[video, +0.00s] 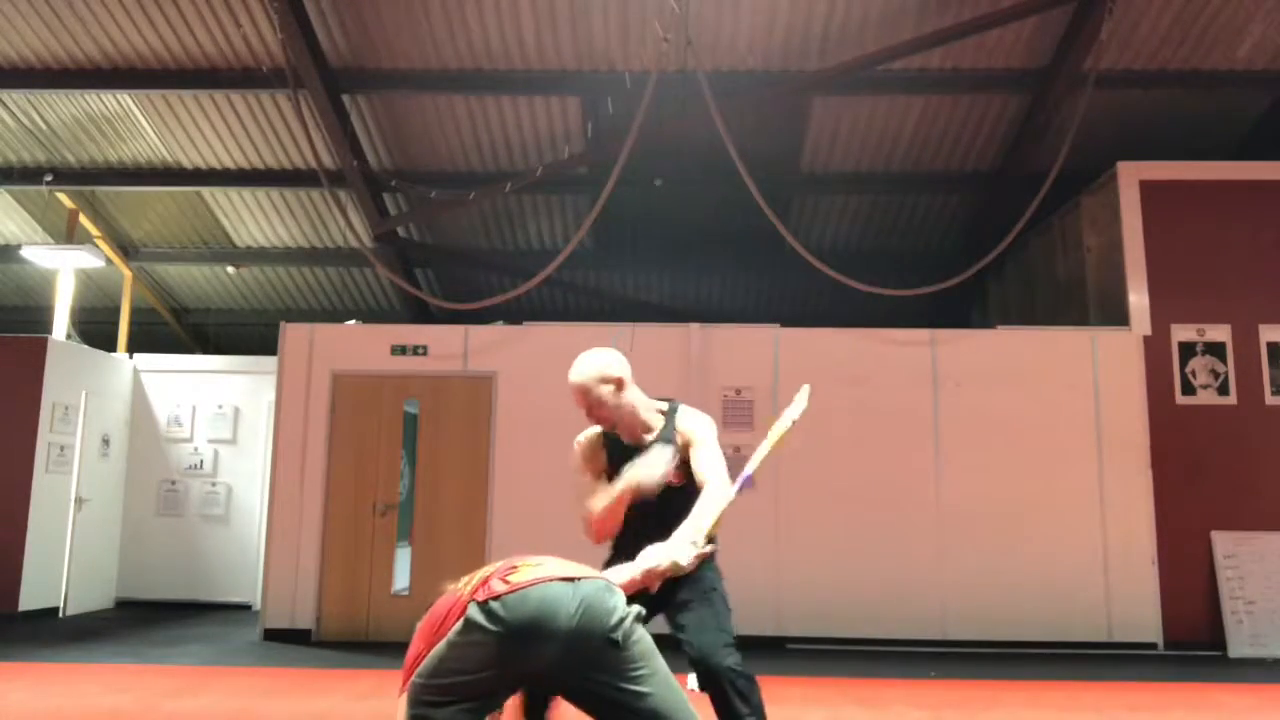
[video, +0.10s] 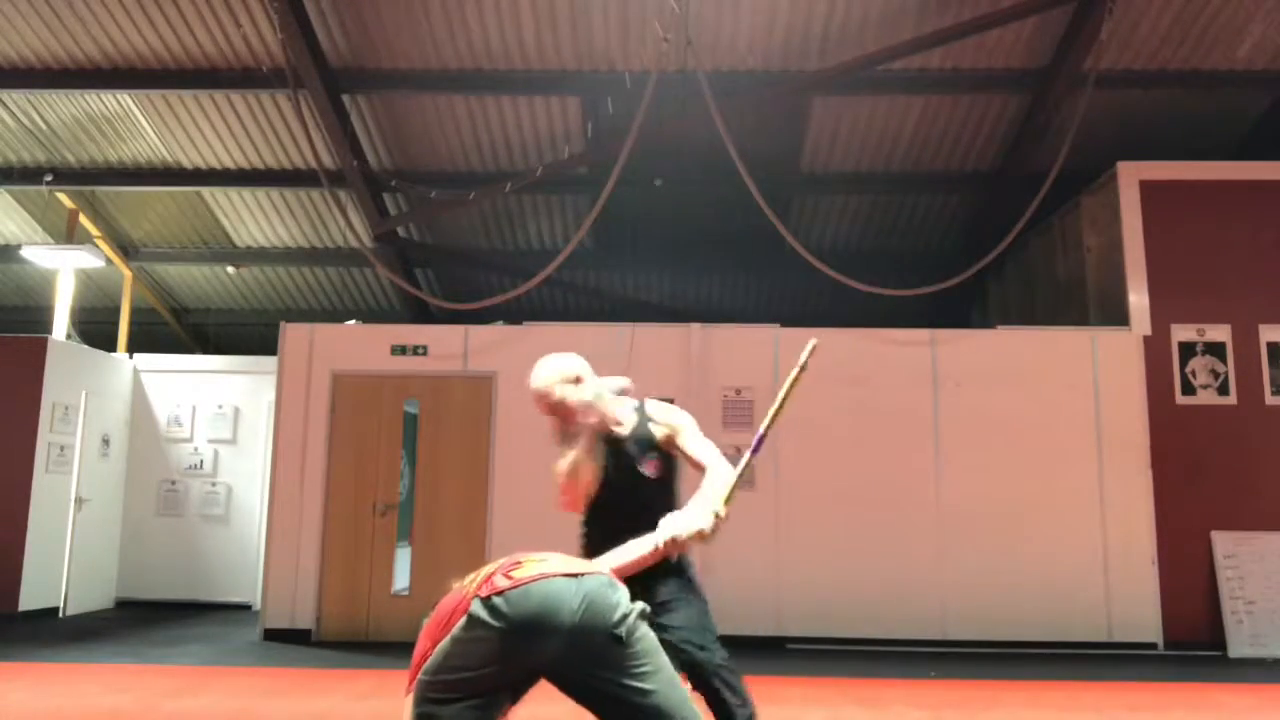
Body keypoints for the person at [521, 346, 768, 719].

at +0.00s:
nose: (590, 416)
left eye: (593, 404)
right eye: (584, 408)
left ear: (619, 385)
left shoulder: (692, 424)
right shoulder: (591, 445)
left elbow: (718, 489)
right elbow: (597, 530)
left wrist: (678, 545)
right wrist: (627, 485)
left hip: (690, 564)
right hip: (628, 568)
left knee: (717, 663)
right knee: (560, 651)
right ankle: (532, 714)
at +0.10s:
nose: (556, 416)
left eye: (557, 404)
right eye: (550, 410)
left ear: (581, 384)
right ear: (555, 409)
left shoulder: (660, 417)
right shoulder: (575, 440)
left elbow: (720, 468)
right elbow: (573, 500)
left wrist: (698, 512)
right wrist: (593, 433)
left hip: (662, 568)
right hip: (603, 574)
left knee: (702, 659)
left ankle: (741, 714)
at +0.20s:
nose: (520, 423)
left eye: (520, 410)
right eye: (512, 418)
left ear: (544, 384)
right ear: (510, 418)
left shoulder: (624, 419)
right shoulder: (529, 451)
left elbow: (694, 459)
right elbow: (528, 535)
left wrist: (677, 490)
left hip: (633, 575)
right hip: (564, 579)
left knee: (678, 670)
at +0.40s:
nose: (509, 429)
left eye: (514, 416)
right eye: (504, 418)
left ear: (535, 408)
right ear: (501, 417)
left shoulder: (591, 439)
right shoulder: (523, 453)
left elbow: (673, 479)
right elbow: (505, 482)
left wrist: (645, 514)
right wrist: (451, 466)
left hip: (617, 572)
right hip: (562, 575)